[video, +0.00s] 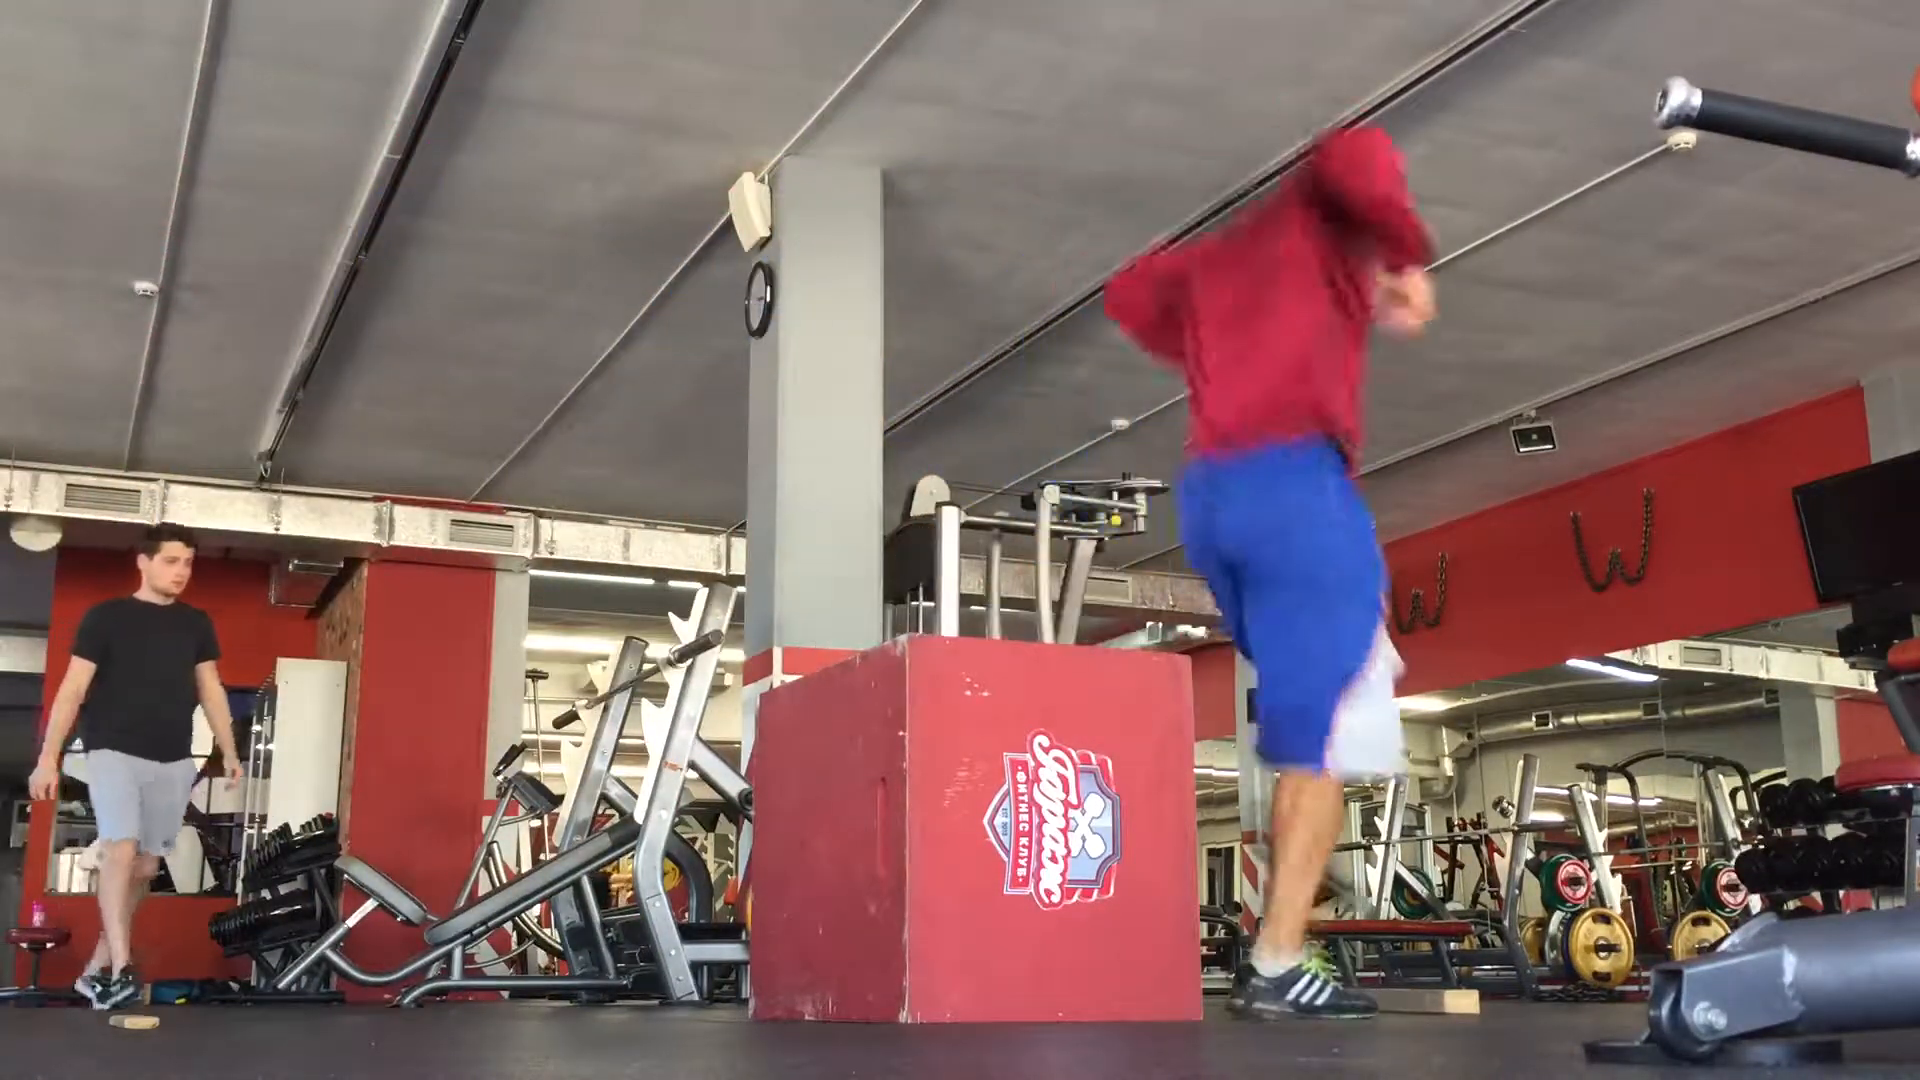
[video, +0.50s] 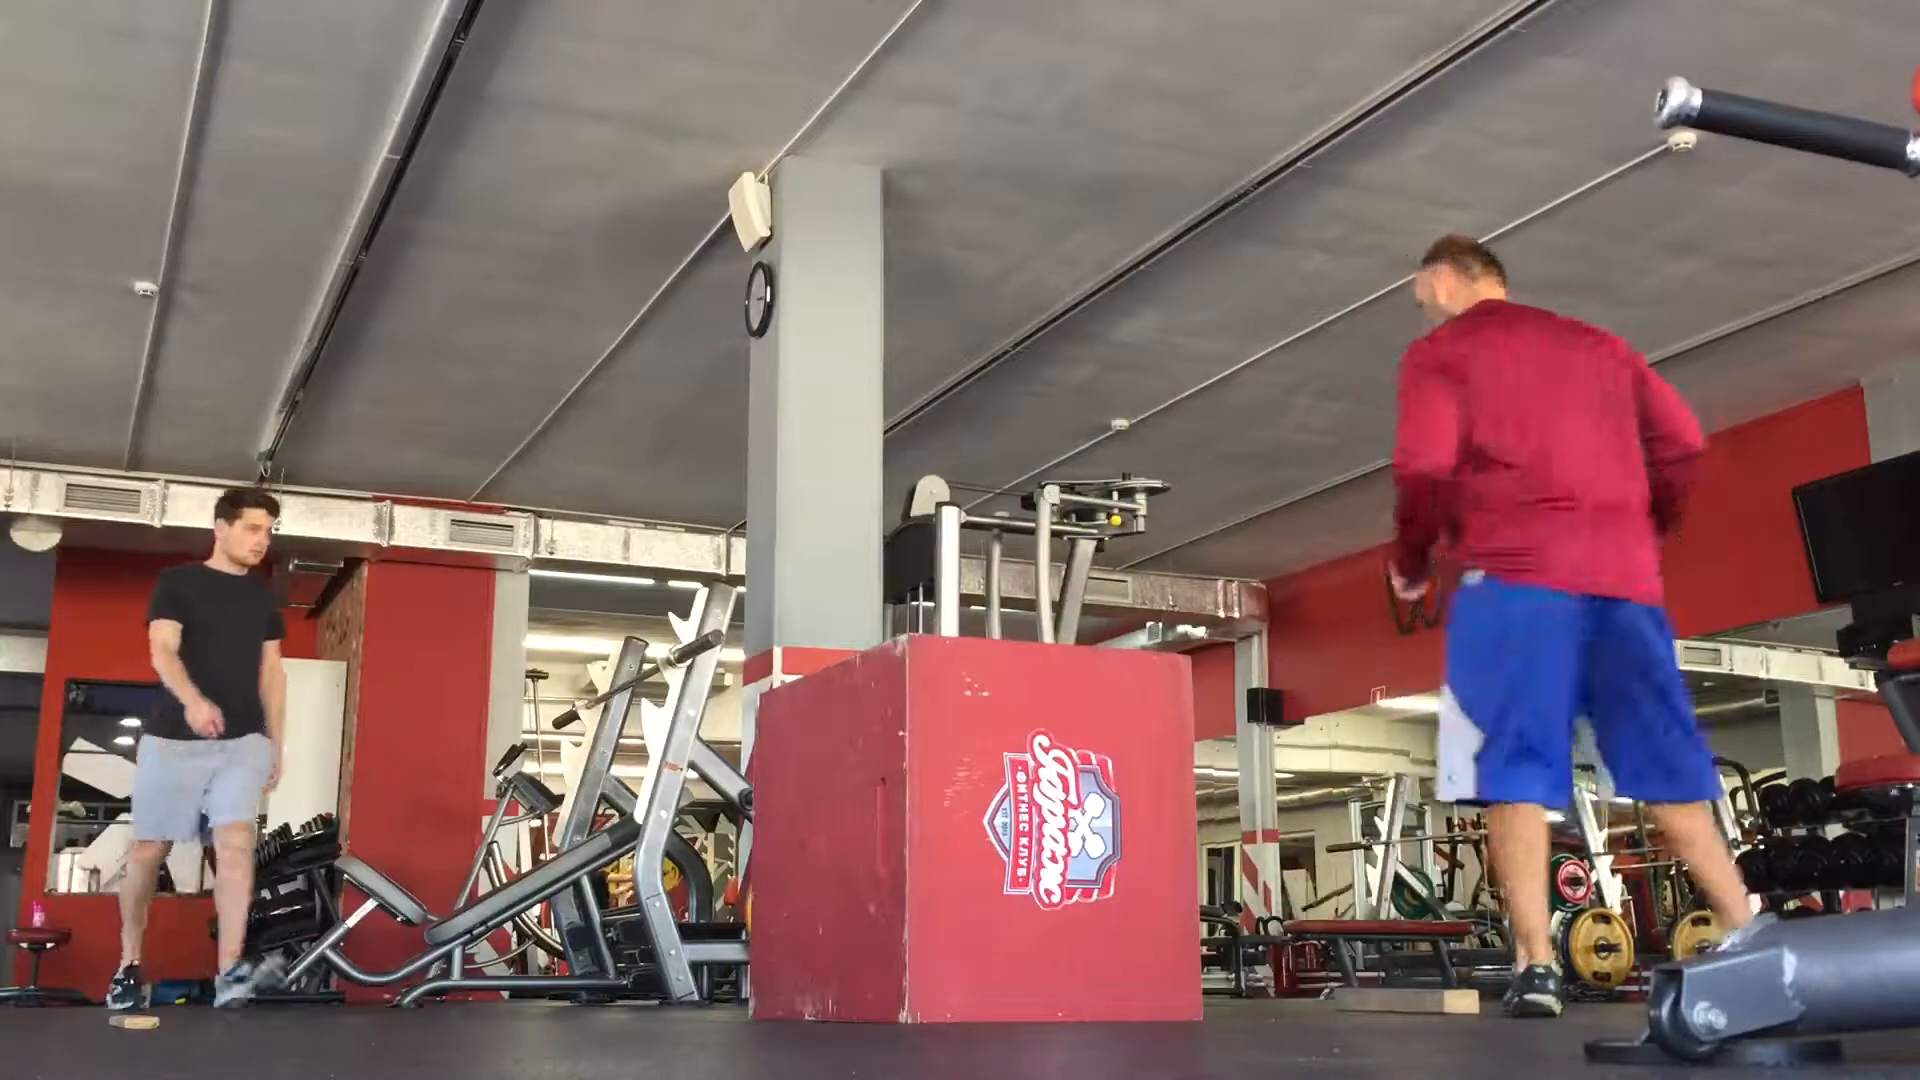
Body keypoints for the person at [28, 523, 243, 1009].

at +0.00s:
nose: (181, 571)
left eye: (187, 563)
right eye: (172, 561)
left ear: (191, 568)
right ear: (143, 562)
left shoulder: (196, 624)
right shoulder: (106, 616)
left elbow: (211, 691)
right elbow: (72, 691)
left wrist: (229, 750)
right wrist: (48, 759)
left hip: (171, 762)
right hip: (113, 753)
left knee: (145, 867)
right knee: (121, 851)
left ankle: (95, 971)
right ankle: (122, 970)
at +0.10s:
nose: (191, 559)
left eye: (197, 551)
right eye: (181, 549)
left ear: (201, 557)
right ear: (153, 551)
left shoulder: (206, 613)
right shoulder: (120, 606)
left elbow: (220, 682)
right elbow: (85, 680)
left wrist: (234, 748)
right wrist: (67, 750)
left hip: (183, 755)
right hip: (123, 745)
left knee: (165, 872)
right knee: (126, 849)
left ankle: (112, 941)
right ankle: (121, 971)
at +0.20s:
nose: (206, 548)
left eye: (212, 540)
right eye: (195, 538)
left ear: (215, 545)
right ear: (166, 540)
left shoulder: (220, 603)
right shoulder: (134, 594)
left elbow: (231, 673)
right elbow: (103, 667)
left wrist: (239, 739)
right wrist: (96, 736)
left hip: (195, 746)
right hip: (131, 741)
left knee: (182, 852)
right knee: (127, 850)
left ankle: (140, 926)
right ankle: (123, 972)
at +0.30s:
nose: (221, 540)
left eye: (226, 532)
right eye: (211, 530)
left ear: (229, 537)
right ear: (182, 530)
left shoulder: (233, 593)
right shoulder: (144, 584)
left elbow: (241, 666)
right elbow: (121, 656)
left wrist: (247, 734)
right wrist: (132, 719)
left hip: (212, 733)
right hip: (150, 732)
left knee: (203, 827)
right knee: (131, 845)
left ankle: (162, 946)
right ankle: (124, 971)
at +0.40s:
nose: (239, 540)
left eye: (245, 531)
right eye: (230, 529)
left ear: (246, 536)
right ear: (200, 529)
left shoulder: (247, 593)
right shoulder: (158, 584)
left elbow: (254, 669)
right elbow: (141, 653)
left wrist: (257, 734)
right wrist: (167, 705)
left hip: (225, 738)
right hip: (157, 740)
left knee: (223, 831)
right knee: (137, 846)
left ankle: (196, 959)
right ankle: (127, 968)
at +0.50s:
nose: (261, 540)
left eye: (266, 531)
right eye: (252, 529)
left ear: (267, 537)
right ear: (221, 529)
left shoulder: (263, 601)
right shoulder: (178, 583)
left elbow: (271, 672)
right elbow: (162, 650)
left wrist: (275, 741)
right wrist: (193, 699)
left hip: (243, 742)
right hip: (174, 741)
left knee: (236, 845)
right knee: (148, 850)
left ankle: (230, 971)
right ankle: (129, 965)